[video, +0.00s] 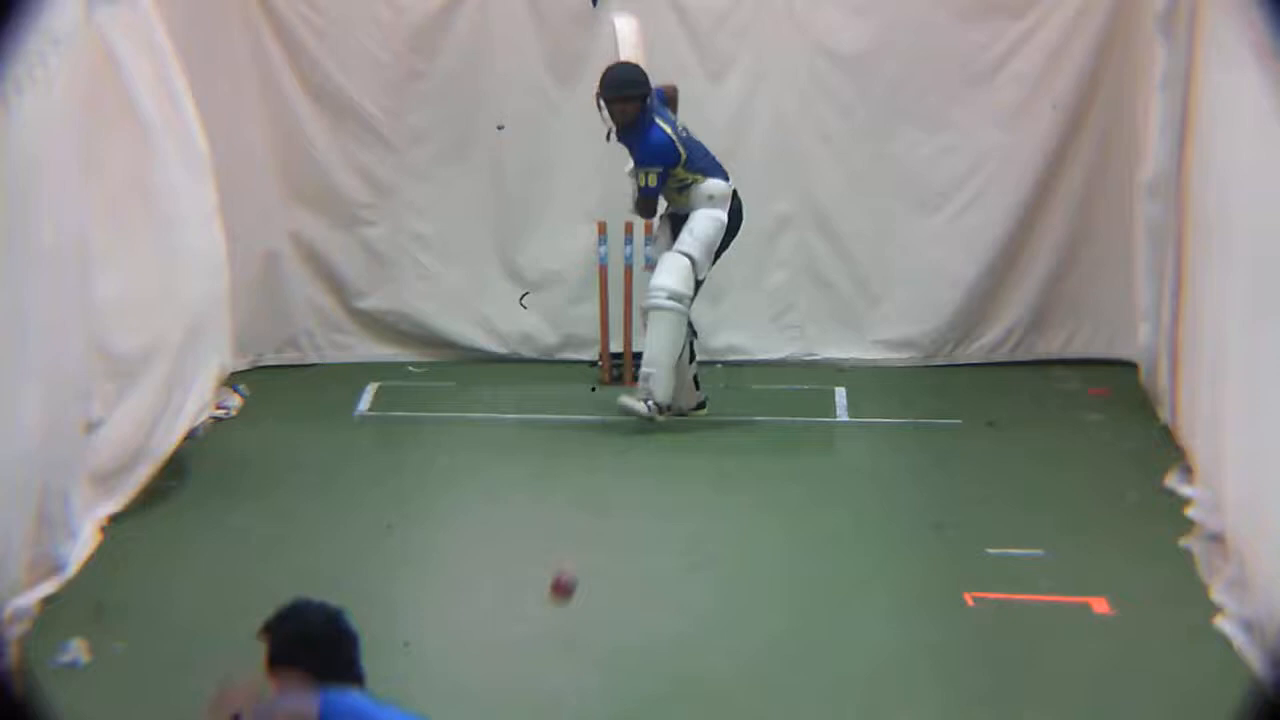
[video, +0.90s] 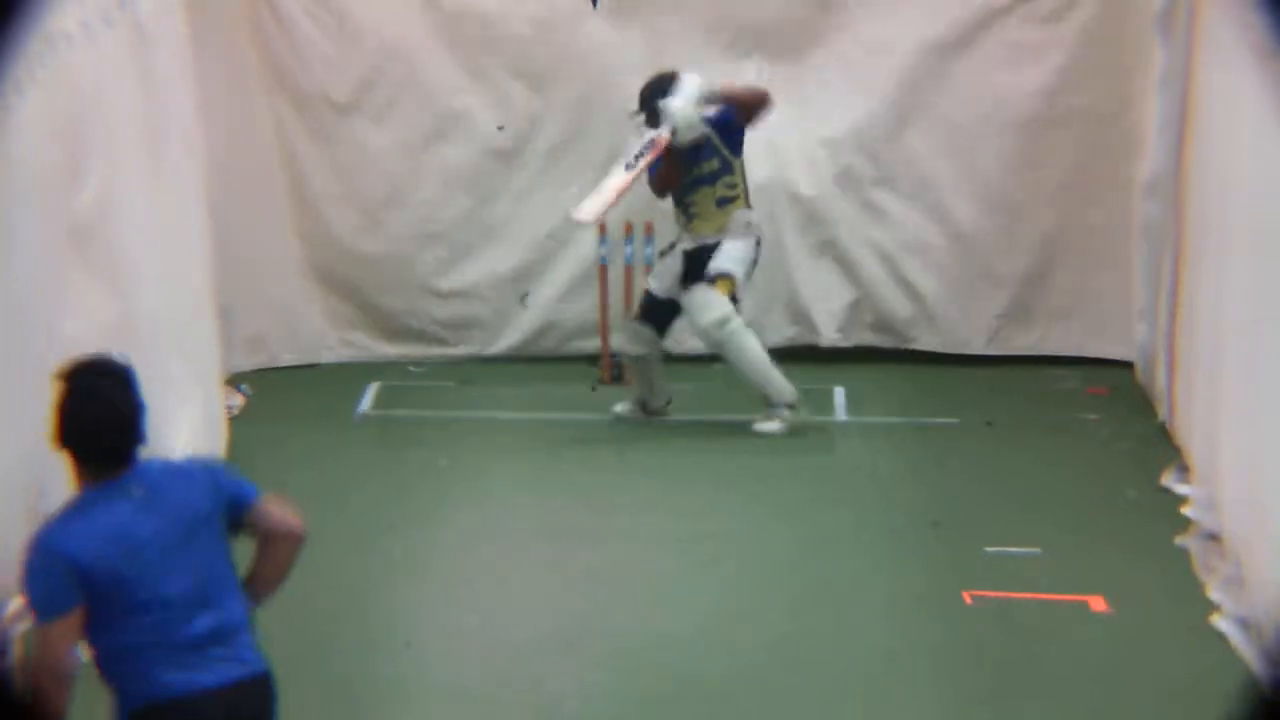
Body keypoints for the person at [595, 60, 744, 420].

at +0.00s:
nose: (619, 110)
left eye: (626, 102)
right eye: (613, 103)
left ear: (641, 101)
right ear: (605, 102)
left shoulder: (652, 142)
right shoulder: (647, 105)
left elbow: (646, 210)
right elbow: (670, 91)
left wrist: (640, 187)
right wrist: (670, 134)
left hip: (715, 208)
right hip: (682, 209)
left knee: (670, 287)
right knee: (667, 298)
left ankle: (653, 395)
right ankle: (684, 395)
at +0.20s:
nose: (614, 116)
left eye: (621, 109)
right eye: (610, 108)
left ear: (636, 106)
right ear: (604, 105)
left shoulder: (649, 147)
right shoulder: (650, 103)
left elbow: (629, 205)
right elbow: (673, 93)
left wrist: (621, 180)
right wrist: (662, 130)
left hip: (705, 220)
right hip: (671, 219)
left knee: (665, 301)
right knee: (632, 299)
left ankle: (651, 412)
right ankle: (677, 389)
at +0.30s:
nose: (625, 117)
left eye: (633, 109)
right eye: (619, 109)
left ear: (650, 105)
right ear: (612, 105)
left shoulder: (660, 141)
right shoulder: (643, 119)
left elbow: (610, 191)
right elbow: (630, 153)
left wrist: (587, 173)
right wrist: (606, 150)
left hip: (698, 228)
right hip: (665, 226)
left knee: (646, 297)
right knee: (611, 301)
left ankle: (651, 413)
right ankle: (648, 393)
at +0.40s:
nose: (641, 108)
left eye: (649, 99)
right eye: (634, 100)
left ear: (665, 95)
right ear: (626, 100)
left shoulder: (678, 129)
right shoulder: (644, 133)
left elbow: (630, 154)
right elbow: (628, 173)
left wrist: (575, 155)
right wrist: (588, 152)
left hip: (689, 231)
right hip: (654, 230)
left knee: (635, 295)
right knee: (606, 307)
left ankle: (650, 412)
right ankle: (649, 392)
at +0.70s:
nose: (650, 116)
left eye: (657, 108)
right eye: (644, 111)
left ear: (676, 103)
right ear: (638, 113)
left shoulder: (701, 127)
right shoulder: (649, 144)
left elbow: (671, 108)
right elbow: (635, 184)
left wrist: (626, 117)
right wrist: (619, 153)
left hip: (709, 239)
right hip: (667, 241)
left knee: (658, 294)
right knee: (614, 317)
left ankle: (656, 412)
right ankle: (640, 405)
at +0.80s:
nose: (660, 111)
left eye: (664, 102)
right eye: (654, 104)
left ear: (680, 104)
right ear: (647, 109)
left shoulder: (707, 132)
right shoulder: (651, 148)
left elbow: (709, 87)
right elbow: (644, 184)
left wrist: (661, 91)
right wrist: (647, 136)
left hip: (721, 236)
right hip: (676, 243)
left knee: (690, 285)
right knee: (619, 328)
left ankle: (708, 403)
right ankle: (653, 399)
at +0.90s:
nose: (657, 122)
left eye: (661, 112)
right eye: (656, 116)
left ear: (684, 105)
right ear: (656, 120)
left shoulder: (724, 125)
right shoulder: (661, 149)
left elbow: (760, 99)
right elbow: (660, 187)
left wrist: (712, 95)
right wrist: (678, 141)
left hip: (734, 236)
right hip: (691, 242)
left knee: (708, 308)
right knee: (640, 333)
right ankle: (652, 402)